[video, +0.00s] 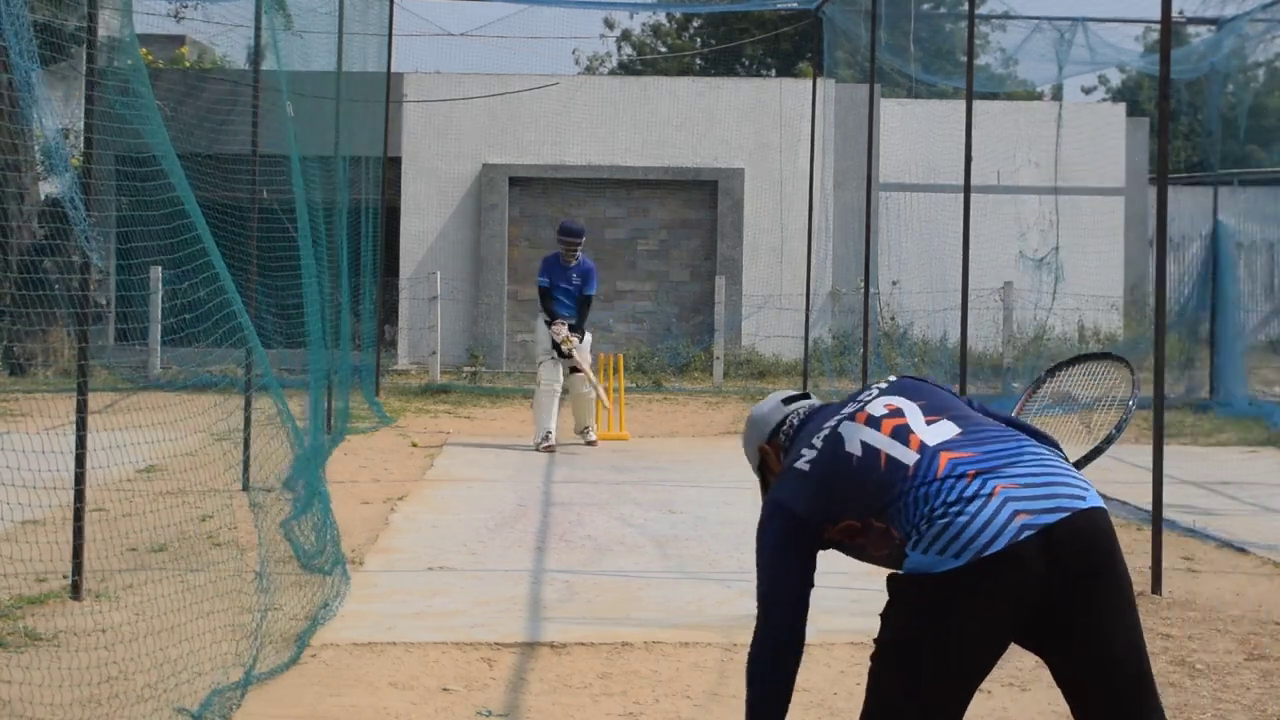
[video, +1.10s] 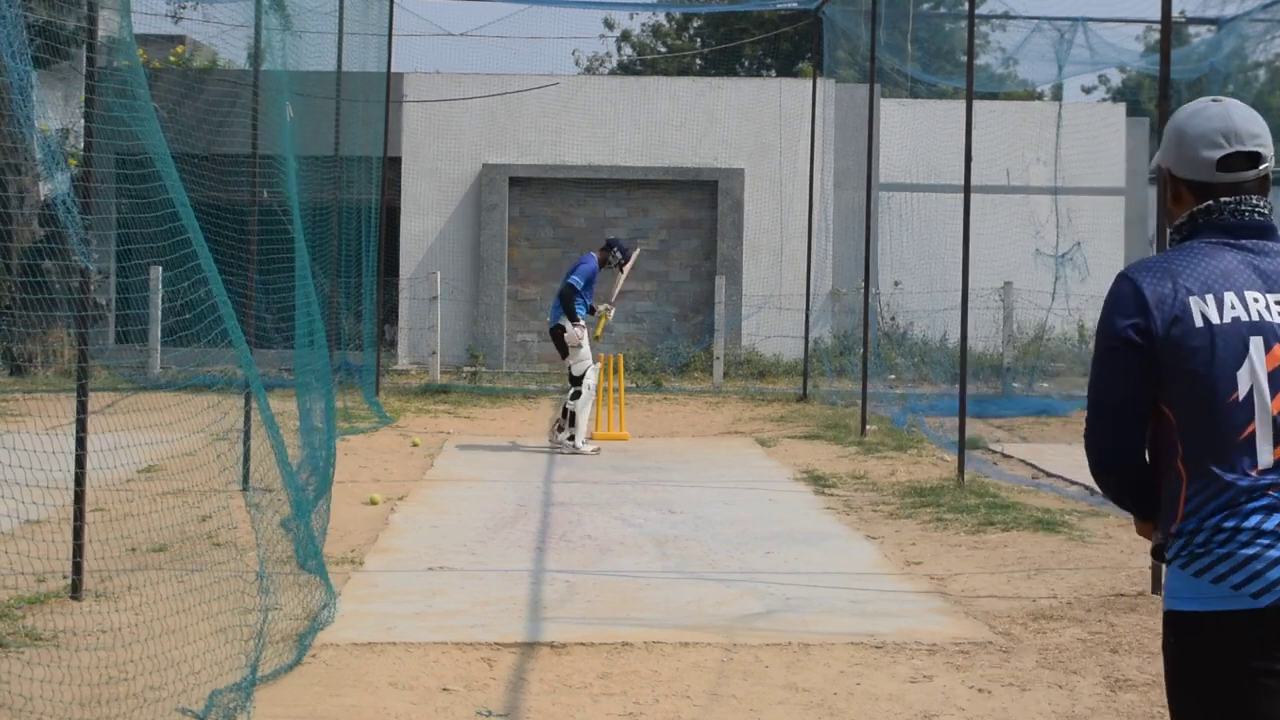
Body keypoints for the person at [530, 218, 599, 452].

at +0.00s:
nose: (569, 252)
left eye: (574, 248)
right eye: (565, 247)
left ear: (581, 245)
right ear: (559, 244)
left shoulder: (587, 268)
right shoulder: (548, 264)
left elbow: (585, 304)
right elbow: (544, 298)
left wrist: (577, 332)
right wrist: (555, 321)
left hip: (577, 326)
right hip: (550, 324)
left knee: (581, 380)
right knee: (550, 378)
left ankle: (585, 427)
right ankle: (545, 433)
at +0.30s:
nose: (576, 246)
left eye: (581, 243)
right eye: (574, 240)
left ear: (584, 244)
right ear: (565, 235)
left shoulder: (579, 261)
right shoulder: (549, 258)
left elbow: (573, 289)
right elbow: (547, 295)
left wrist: (593, 301)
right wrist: (577, 308)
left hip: (568, 319)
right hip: (547, 318)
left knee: (580, 375)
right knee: (551, 376)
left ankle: (564, 432)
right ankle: (544, 434)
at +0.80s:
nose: (600, 255)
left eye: (603, 252)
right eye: (601, 250)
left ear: (598, 246)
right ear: (595, 243)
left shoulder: (583, 262)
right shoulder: (571, 257)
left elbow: (572, 297)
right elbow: (550, 291)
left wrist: (593, 302)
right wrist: (553, 322)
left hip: (571, 318)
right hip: (563, 318)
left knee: (571, 380)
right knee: (584, 375)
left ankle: (559, 429)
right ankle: (557, 431)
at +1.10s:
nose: (614, 267)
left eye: (617, 264)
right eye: (616, 263)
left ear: (608, 252)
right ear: (610, 255)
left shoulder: (591, 266)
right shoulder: (589, 264)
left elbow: (579, 300)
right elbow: (566, 292)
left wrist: (597, 311)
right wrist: (576, 322)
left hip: (569, 324)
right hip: (567, 325)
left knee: (581, 381)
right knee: (584, 381)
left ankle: (562, 431)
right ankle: (573, 439)